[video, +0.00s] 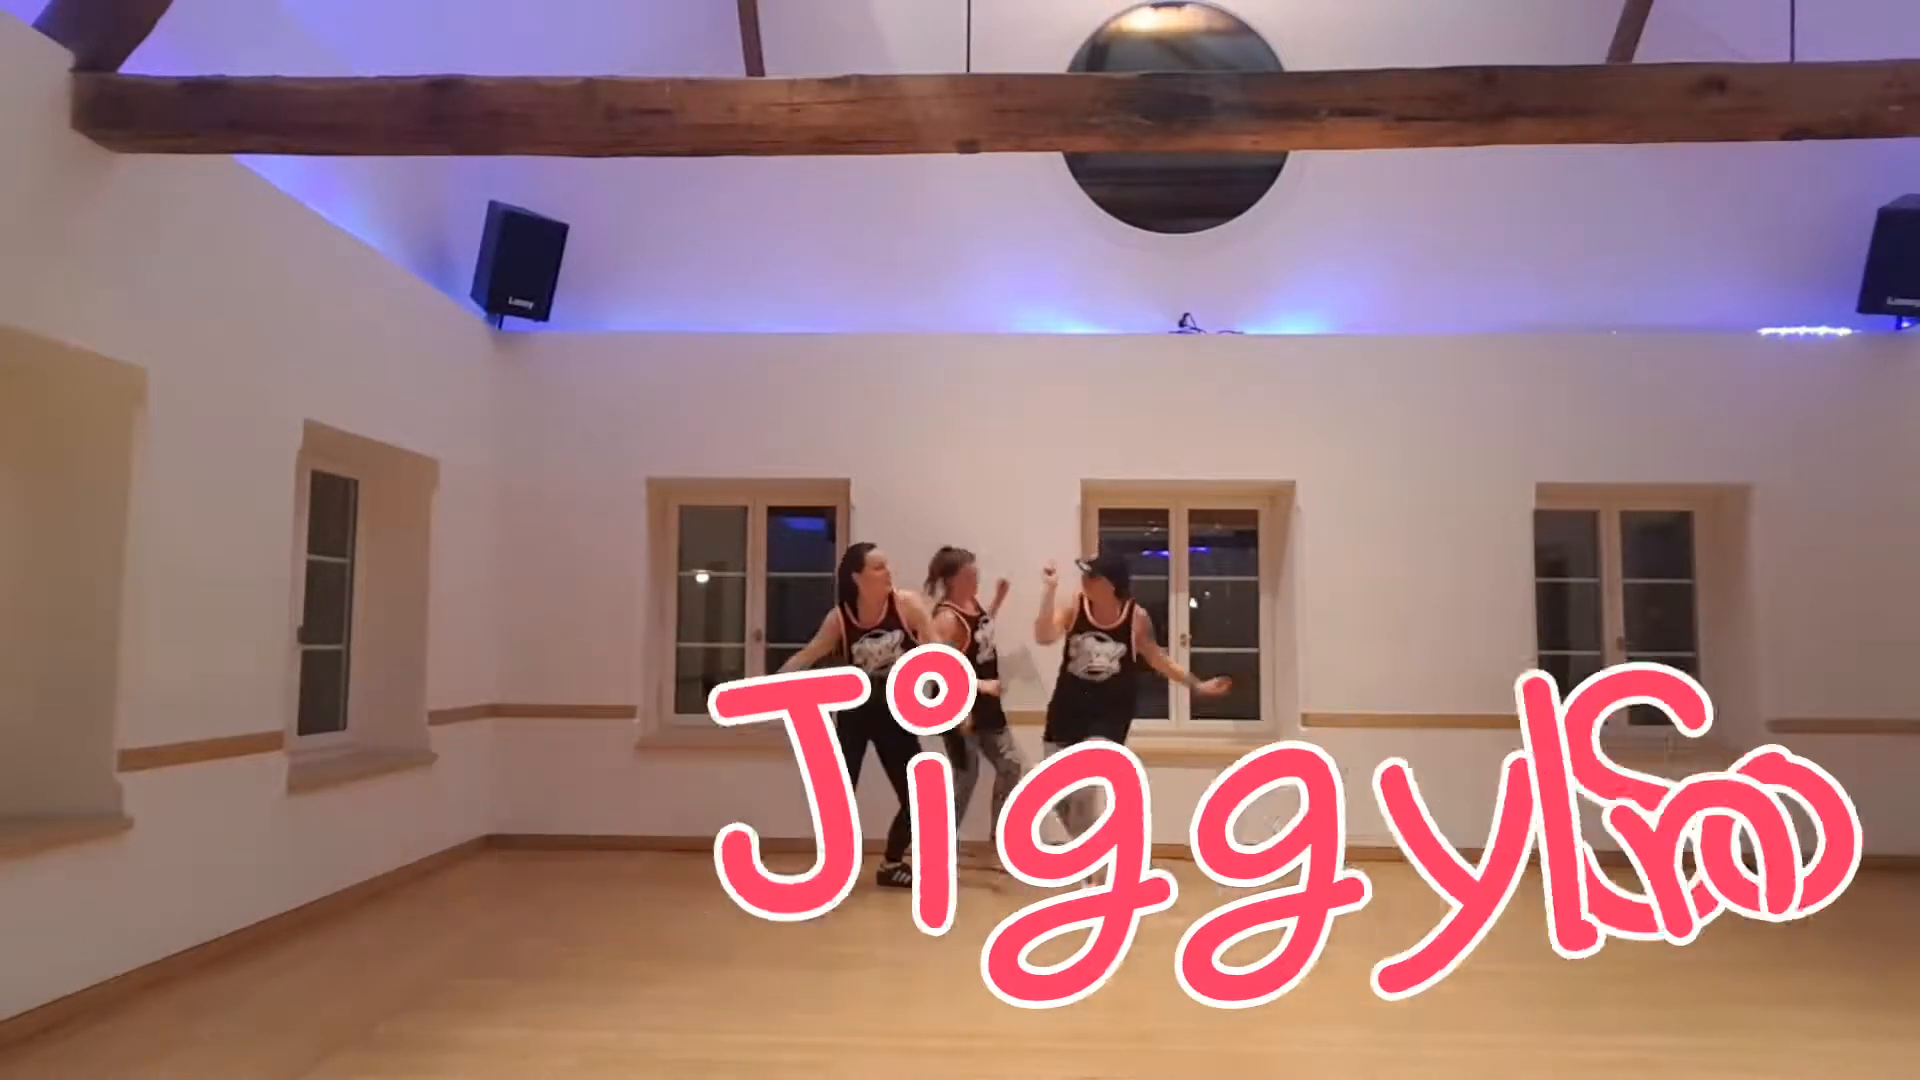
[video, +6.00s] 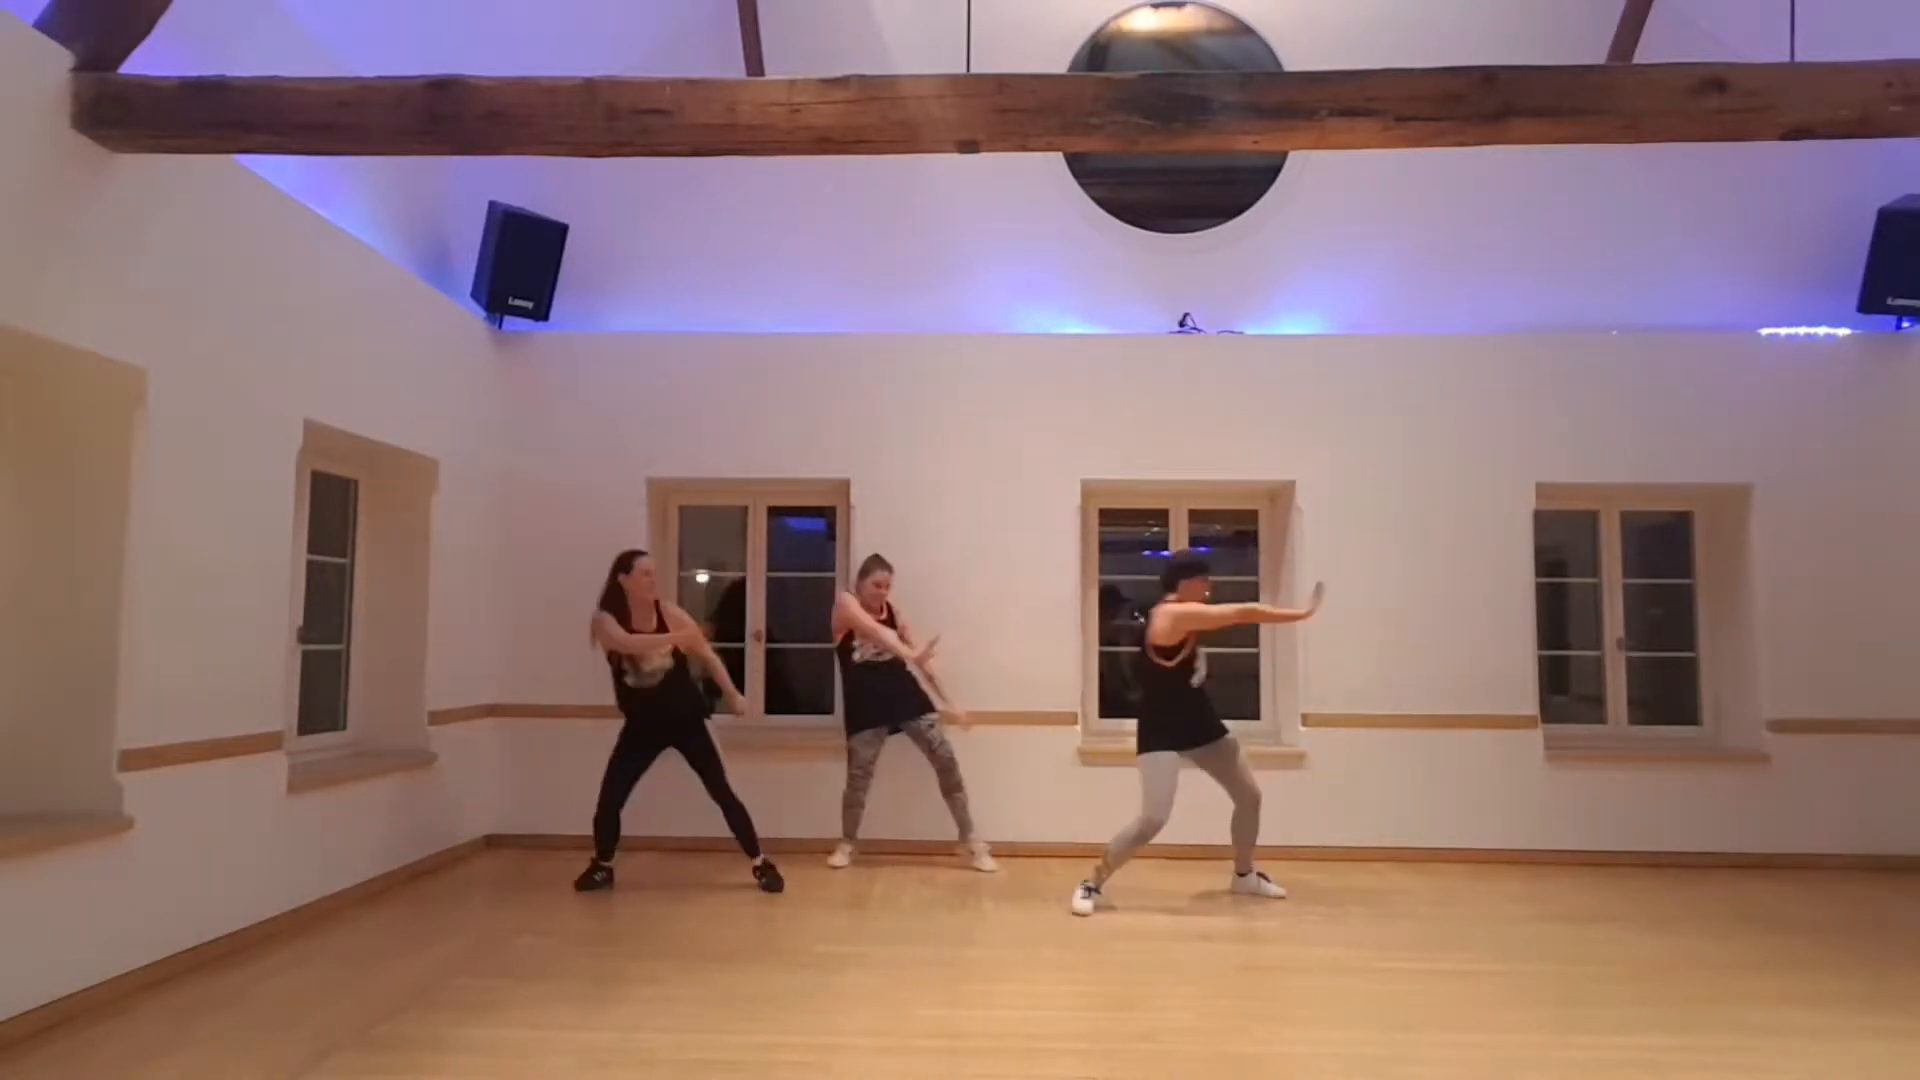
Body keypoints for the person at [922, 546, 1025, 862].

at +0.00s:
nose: (976, 579)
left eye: (974, 573)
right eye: (969, 574)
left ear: (967, 577)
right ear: (951, 579)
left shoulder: (970, 603)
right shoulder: (946, 619)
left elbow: (982, 628)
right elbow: (940, 670)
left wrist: (997, 601)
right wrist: (980, 684)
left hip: (987, 704)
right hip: (961, 710)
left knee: (1011, 767)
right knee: (964, 774)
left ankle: (1004, 837)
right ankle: (943, 841)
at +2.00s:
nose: (969, 560)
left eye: (972, 554)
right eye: (961, 555)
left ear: (977, 560)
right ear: (944, 563)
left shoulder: (990, 597)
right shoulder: (931, 605)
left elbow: (1011, 644)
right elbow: (926, 658)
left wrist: (1030, 680)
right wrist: (941, 699)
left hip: (987, 694)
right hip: (947, 696)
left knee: (995, 769)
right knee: (948, 775)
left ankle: (1002, 844)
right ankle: (949, 845)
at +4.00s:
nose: (1023, 565)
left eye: (1031, 561)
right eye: (1018, 558)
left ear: (1040, 571)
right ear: (1008, 563)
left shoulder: (1042, 604)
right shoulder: (984, 592)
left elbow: (1042, 656)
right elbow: (951, 625)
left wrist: (1010, 690)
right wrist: (942, 668)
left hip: (1012, 696)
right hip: (971, 691)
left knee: (1015, 774)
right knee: (965, 773)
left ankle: (1017, 848)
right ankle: (958, 849)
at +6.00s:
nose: (883, 592)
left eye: (888, 586)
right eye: (877, 585)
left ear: (892, 586)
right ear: (860, 583)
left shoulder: (893, 616)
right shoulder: (845, 604)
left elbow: (920, 663)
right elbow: (874, 632)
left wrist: (947, 702)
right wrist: (911, 655)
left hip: (906, 698)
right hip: (865, 704)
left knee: (945, 759)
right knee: (858, 776)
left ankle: (969, 840)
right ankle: (847, 843)